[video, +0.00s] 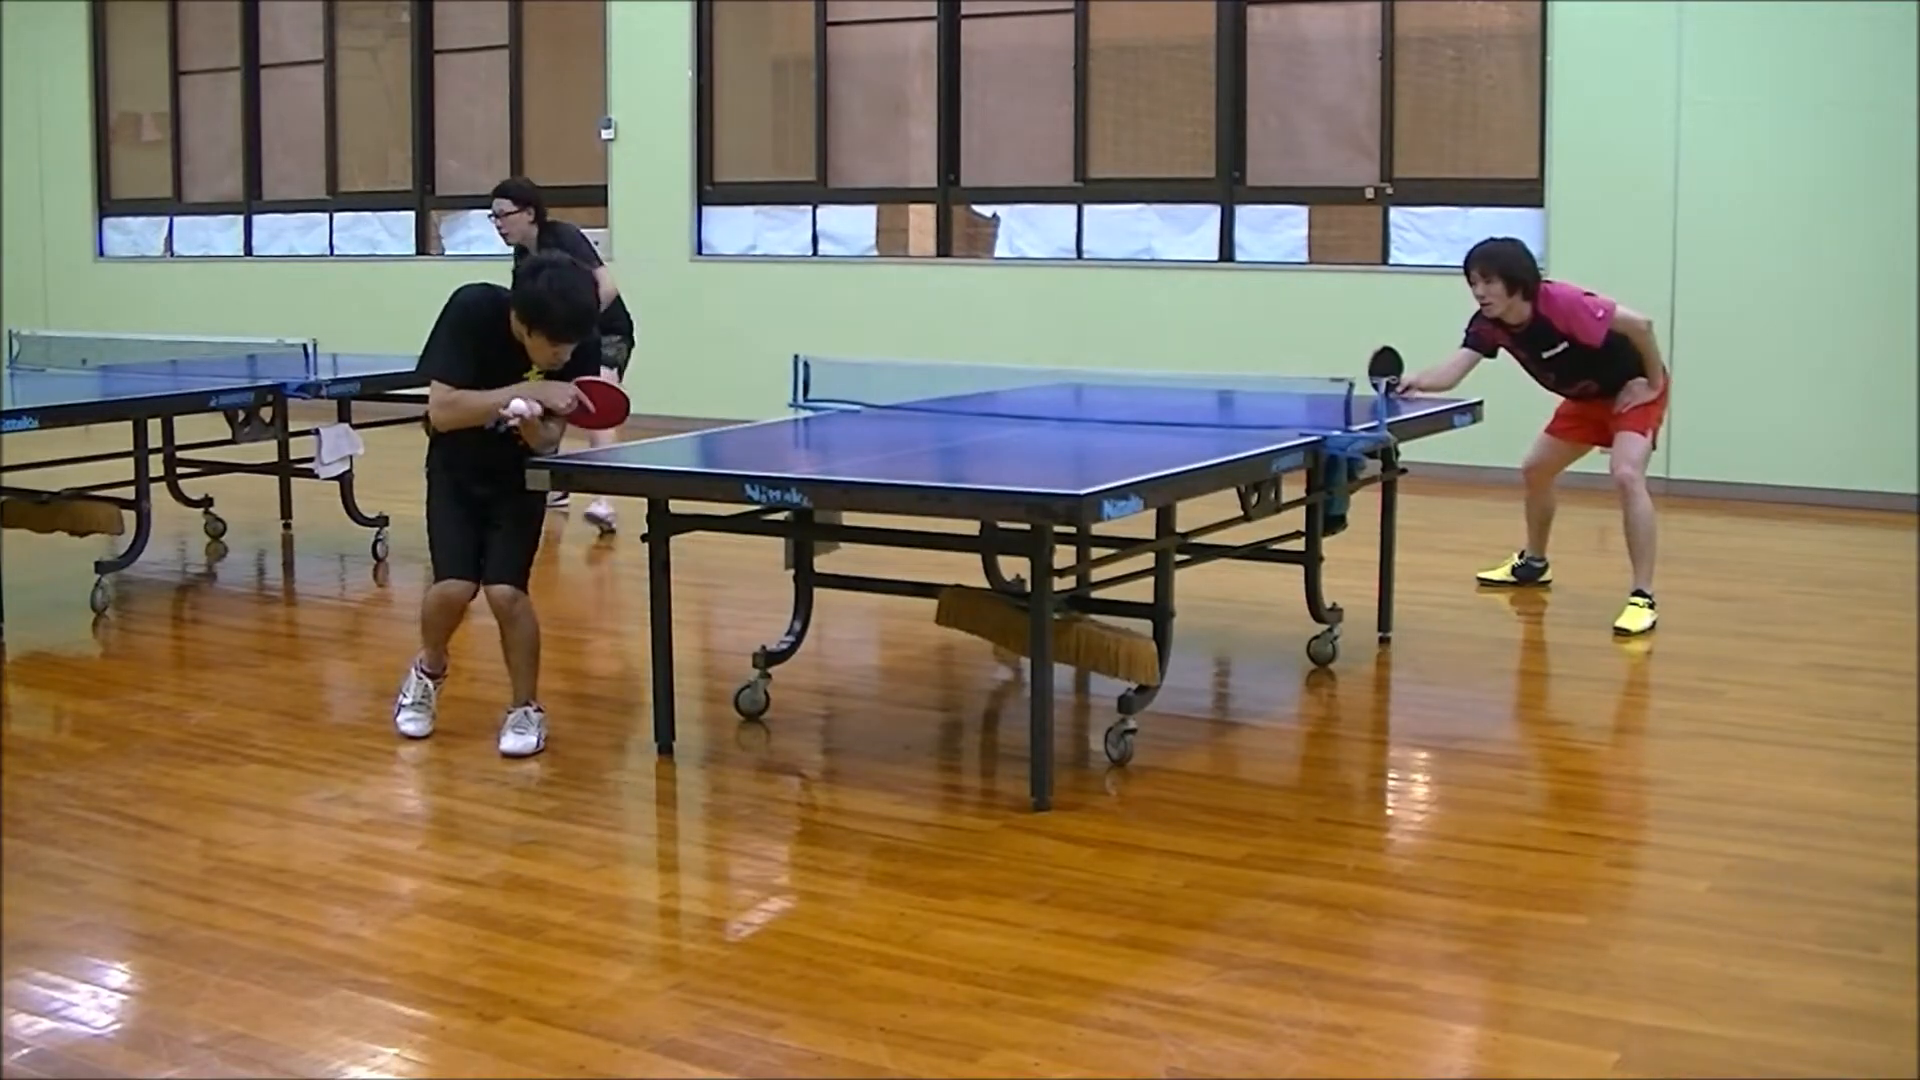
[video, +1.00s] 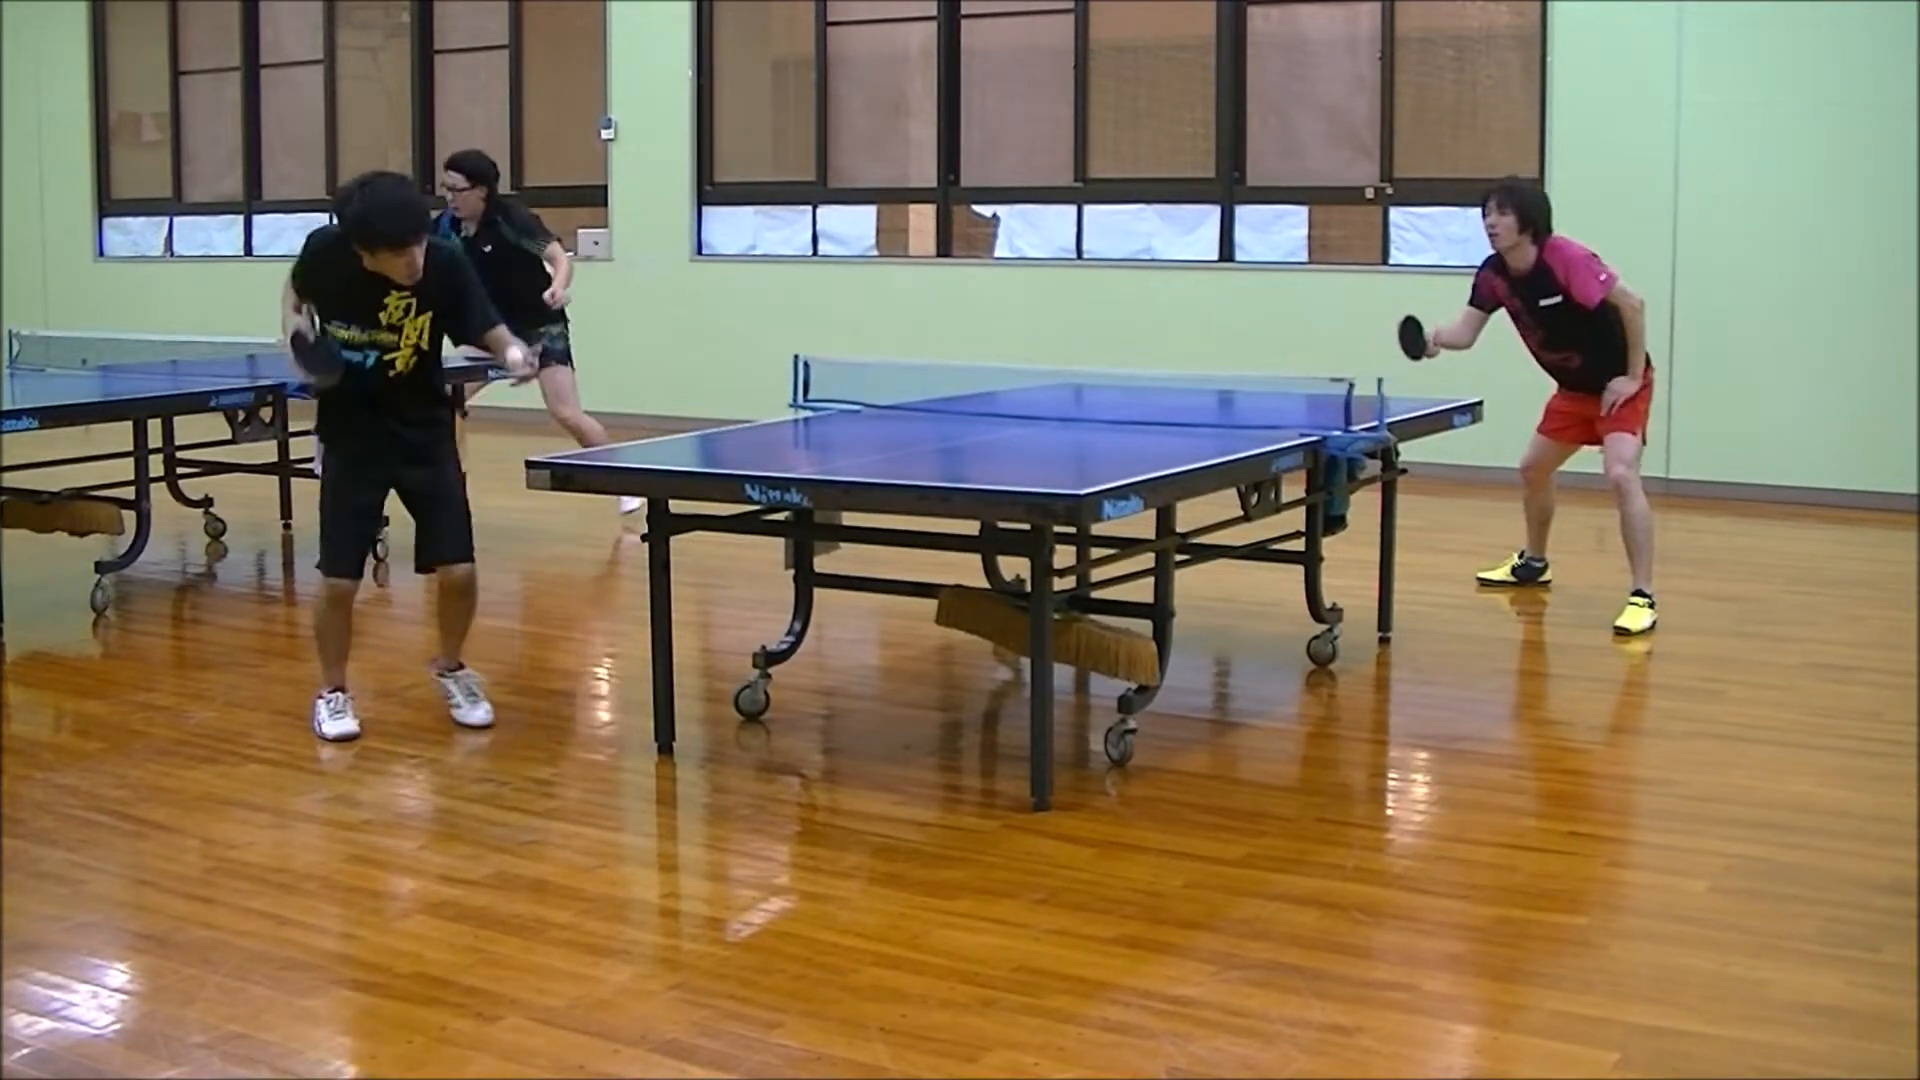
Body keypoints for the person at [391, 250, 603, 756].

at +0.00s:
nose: (563, 357)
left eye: (572, 347)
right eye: (554, 346)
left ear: (582, 329)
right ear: (520, 323)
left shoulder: (581, 338)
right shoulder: (470, 310)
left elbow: (553, 436)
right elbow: (440, 414)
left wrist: (536, 430)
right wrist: (530, 392)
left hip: (521, 462)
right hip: (455, 456)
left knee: (505, 591)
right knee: (455, 587)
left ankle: (524, 709)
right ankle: (428, 671)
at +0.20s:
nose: (545, 349)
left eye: (558, 340)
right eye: (537, 337)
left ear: (575, 324)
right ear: (512, 313)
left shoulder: (579, 344)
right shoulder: (468, 304)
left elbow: (557, 430)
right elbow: (407, 384)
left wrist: (539, 434)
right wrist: (486, 358)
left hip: (522, 470)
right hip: (455, 460)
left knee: (507, 594)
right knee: (450, 585)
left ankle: (525, 709)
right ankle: (429, 670)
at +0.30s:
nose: (555, 348)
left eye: (562, 337)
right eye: (545, 337)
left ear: (573, 324)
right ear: (510, 318)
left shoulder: (574, 344)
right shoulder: (462, 304)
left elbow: (554, 435)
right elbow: (371, 349)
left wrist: (533, 431)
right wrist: (439, 332)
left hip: (520, 473)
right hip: (453, 463)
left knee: (508, 595)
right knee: (438, 578)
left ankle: (525, 708)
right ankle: (427, 659)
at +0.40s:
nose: (548, 345)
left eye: (554, 334)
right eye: (537, 334)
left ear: (563, 319)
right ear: (503, 316)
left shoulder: (565, 345)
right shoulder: (457, 303)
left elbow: (550, 436)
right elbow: (346, 314)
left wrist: (531, 432)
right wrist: (378, 310)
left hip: (513, 475)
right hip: (448, 465)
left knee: (508, 598)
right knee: (418, 580)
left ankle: (525, 709)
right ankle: (406, 653)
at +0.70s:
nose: (483, 316)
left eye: (489, 302)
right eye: (470, 307)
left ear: (496, 287)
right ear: (433, 296)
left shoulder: (510, 330)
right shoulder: (395, 285)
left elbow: (505, 417)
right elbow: (352, 280)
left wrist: (506, 479)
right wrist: (309, 306)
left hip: (475, 480)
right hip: (404, 473)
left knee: (480, 596)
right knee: (363, 611)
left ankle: (524, 708)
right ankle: (333, 692)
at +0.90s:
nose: (421, 277)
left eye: (427, 262)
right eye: (407, 268)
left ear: (435, 248)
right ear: (371, 263)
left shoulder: (452, 288)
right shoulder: (338, 266)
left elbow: (488, 373)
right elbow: (317, 297)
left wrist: (518, 431)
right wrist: (297, 339)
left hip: (437, 450)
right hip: (363, 450)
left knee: (471, 571)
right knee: (341, 590)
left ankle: (496, 691)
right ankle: (335, 694)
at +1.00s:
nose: (417, 261)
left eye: (420, 246)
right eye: (402, 253)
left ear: (426, 230)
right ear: (364, 249)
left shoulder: (442, 261)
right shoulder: (326, 252)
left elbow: (485, 326)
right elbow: (294, 294)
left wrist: (513, 352)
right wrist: (298, 338)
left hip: (424, 429)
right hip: (352, 430)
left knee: (459, 569)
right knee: (339, 580)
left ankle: (451, 668)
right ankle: (333, 693)